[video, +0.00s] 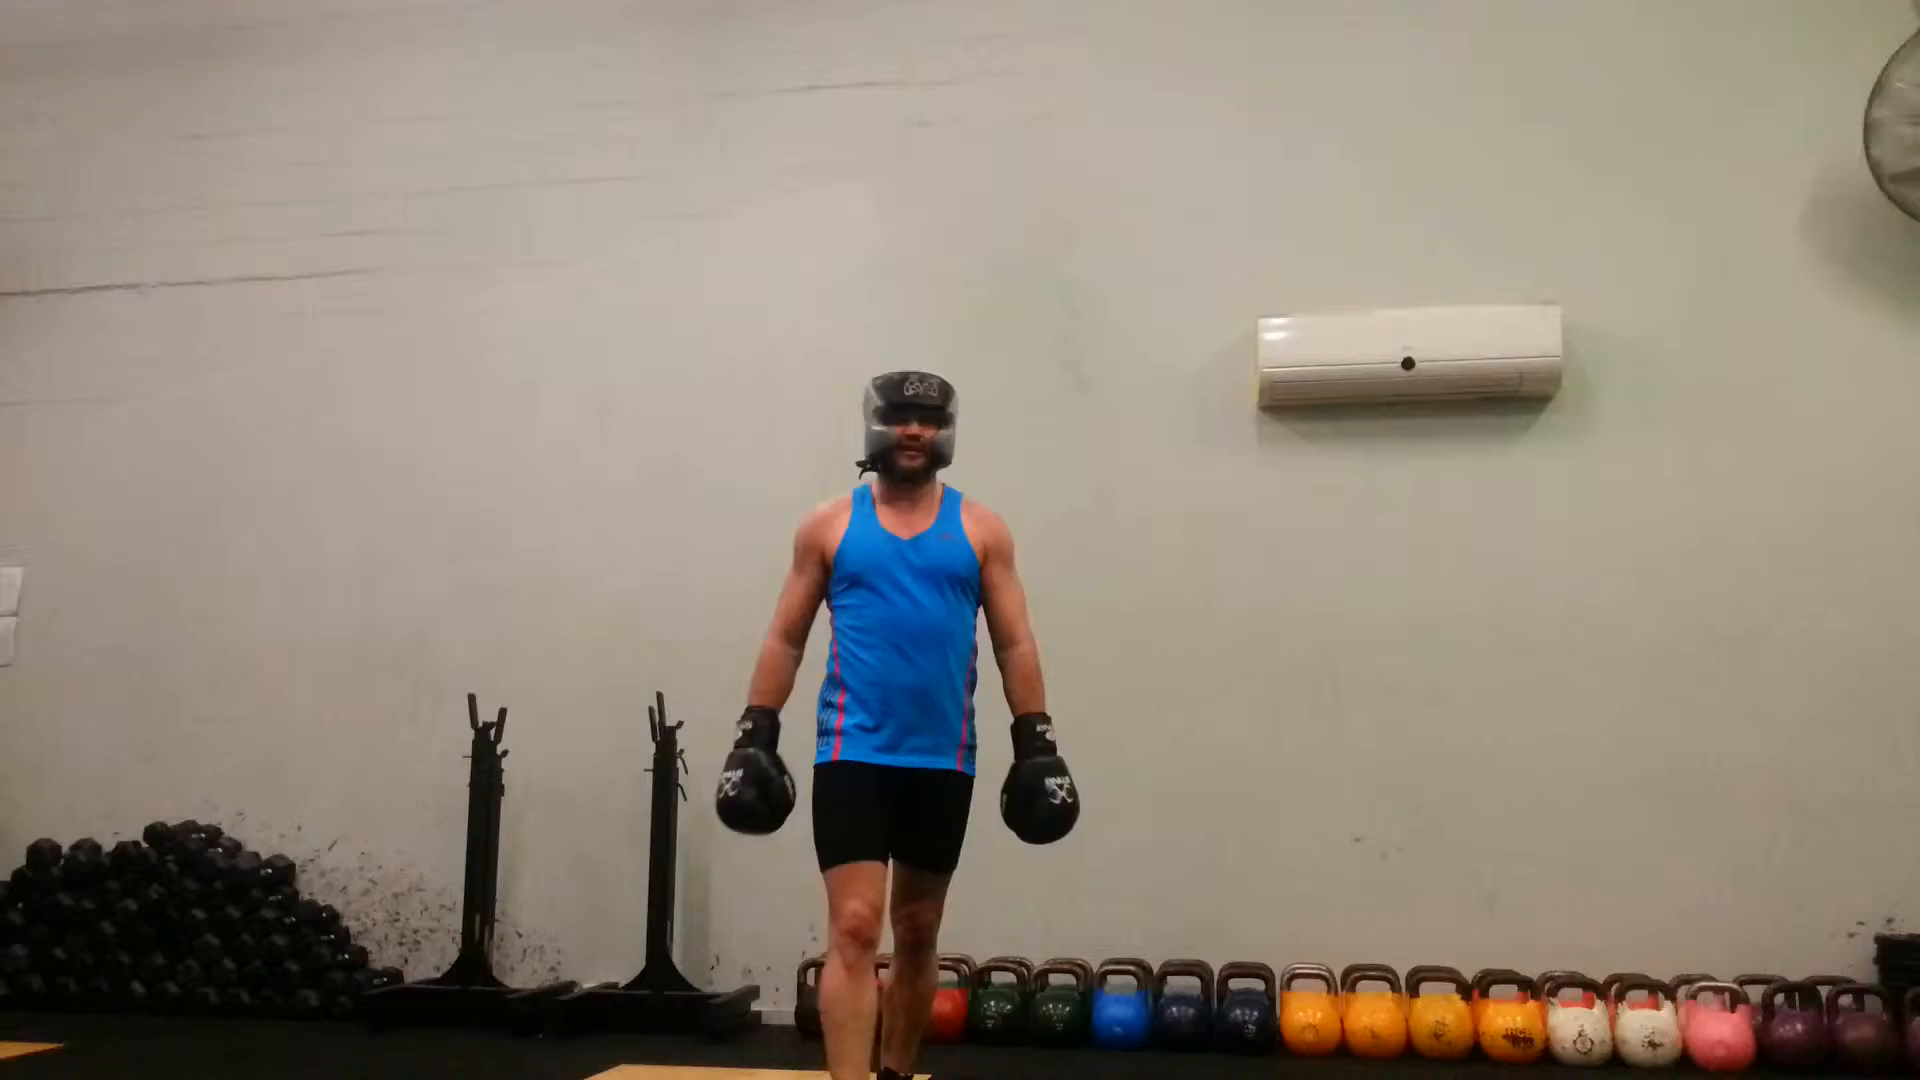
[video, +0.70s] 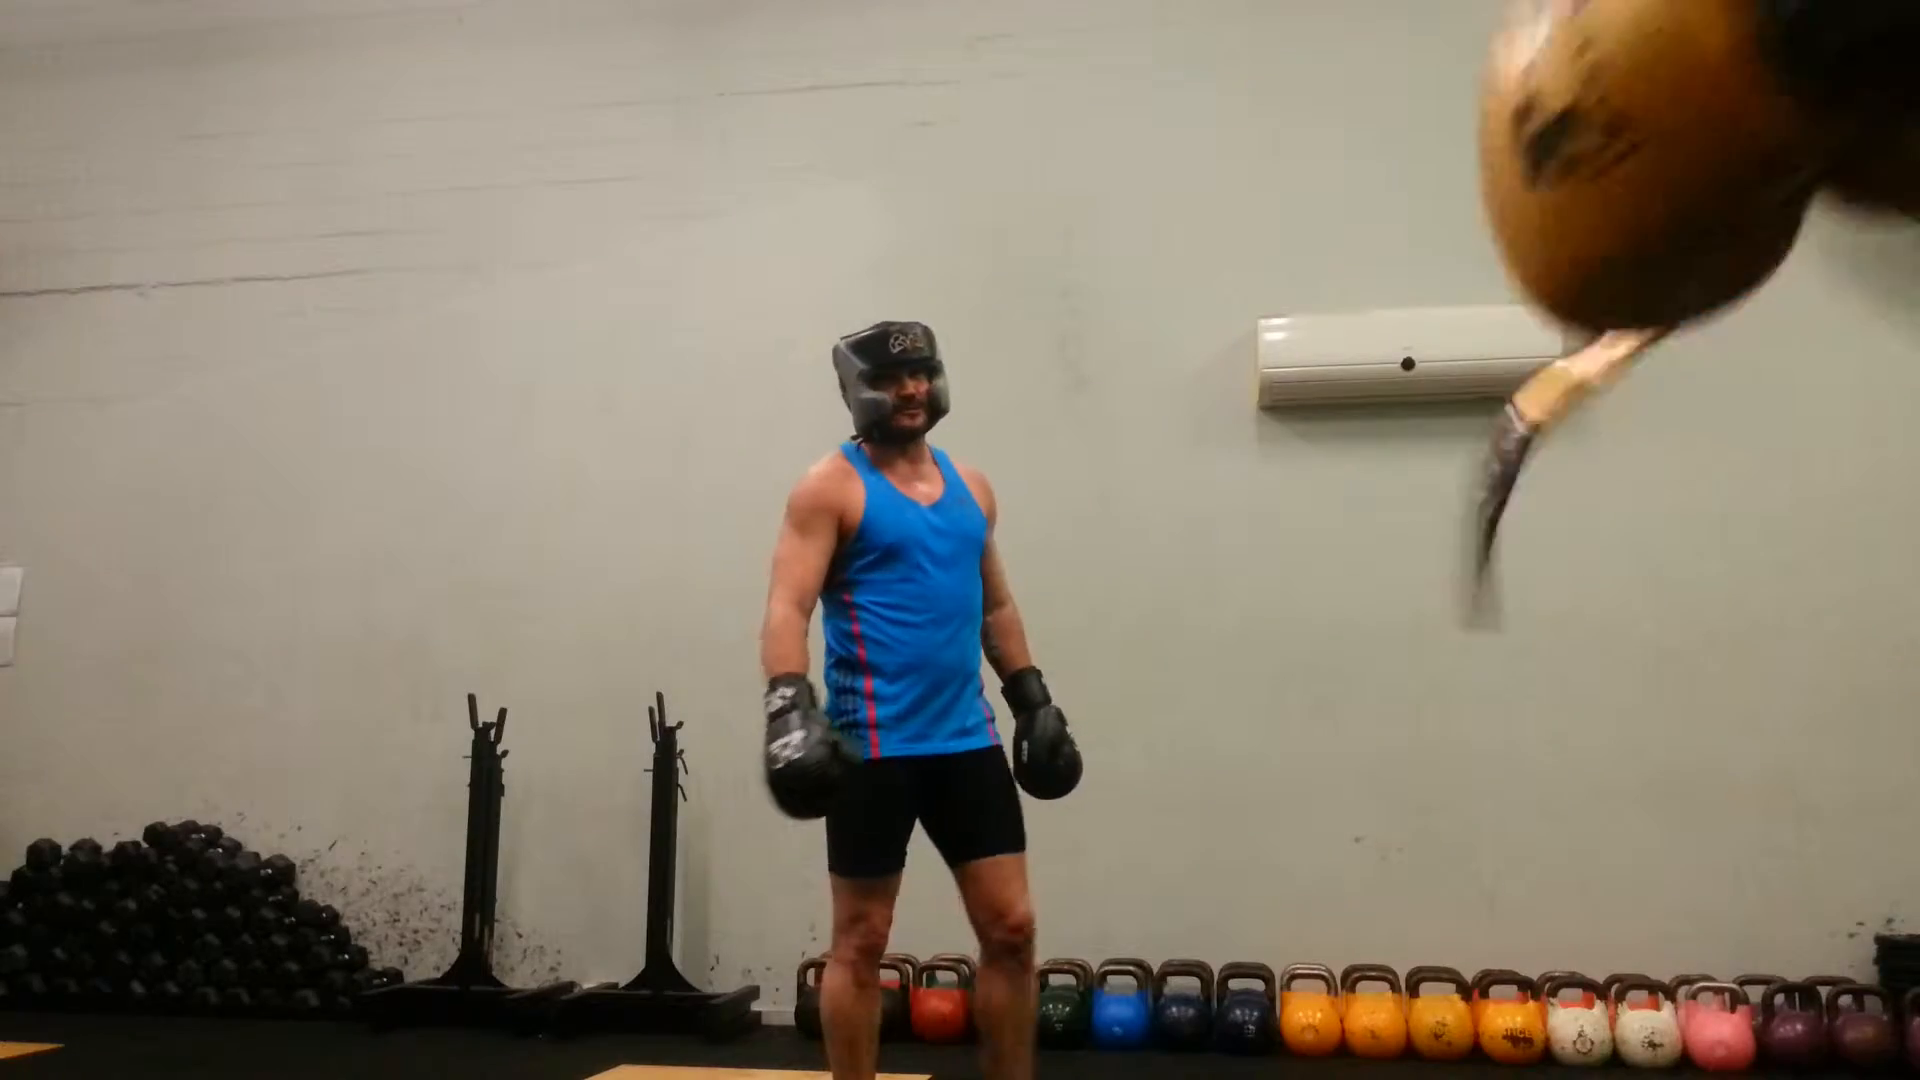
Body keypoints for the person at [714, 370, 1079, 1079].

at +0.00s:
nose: (914, 431)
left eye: (929, 420)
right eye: (900, 419)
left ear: (947, 434)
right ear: (874, 429)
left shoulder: (980, 528)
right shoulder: (828, 526)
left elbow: (1015, 643)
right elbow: (785, 638)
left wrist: (1036, 745)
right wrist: (756, 738)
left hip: (941, 759)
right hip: (852, 755)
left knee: (917, 931)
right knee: (856, 927)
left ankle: (896, 1074)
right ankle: (850, 1079)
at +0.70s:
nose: (911, 389)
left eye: (922, 375)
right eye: (891, 377)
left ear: (938, 387)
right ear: (858, 390)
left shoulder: (969, 486)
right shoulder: (829, 489)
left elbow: (996, 606)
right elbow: (787, 606)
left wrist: (1034, 704)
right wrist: (789, 712)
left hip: (966, 743)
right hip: (869, 750)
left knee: (1011, 931)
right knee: (861, 941)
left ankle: (1011, 1079)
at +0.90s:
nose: (940, 384)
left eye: (951, 369)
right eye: (918, 372)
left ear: (966, 380)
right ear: (885, 386)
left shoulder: (992, 485)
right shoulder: (853, 485)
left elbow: (1014, 609)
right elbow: (809, 611)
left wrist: (1040, 715)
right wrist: (830, 724)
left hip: (985, 744)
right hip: (887, 751)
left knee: (1035, 931)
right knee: (873, 944)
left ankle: (1070, 1079)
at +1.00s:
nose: (963, 380)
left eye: (974, 365)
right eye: (942, 368)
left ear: (990, 377)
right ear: (905, 382)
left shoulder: (1012, 487)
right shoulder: (872, 486)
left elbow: (1034, 614)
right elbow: (829, 616)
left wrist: (1054, 727)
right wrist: (838, 745)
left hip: (1005, 751)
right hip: (903, 758)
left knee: (1048, 936)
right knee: (883, 948)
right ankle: (861, 1079)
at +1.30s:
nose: (1040, 355)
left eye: (1055, 342)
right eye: (1021, 342)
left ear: (1076, 361)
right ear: (990, 358)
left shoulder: (1104, 483)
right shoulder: (950, 466)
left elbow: (1129, 617)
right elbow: (889, 595)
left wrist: (1152, 739)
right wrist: (856, 724)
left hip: (1092, 748)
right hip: (985, 751)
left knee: (1092, 950)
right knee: (958, 952)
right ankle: (895, 1074)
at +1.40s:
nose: (1068, 353)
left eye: (1082, 340)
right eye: (1048, 341)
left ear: (1104, 358)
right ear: (1018, 358)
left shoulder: (1136, 486)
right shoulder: (976, 466)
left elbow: (1171, 622)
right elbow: (910, 592)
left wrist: (1203, 746)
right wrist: (873, 719)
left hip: (1118, 748)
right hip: (1014, 747)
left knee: (1108, 950)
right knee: (1004, 954)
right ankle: (923, 1068)